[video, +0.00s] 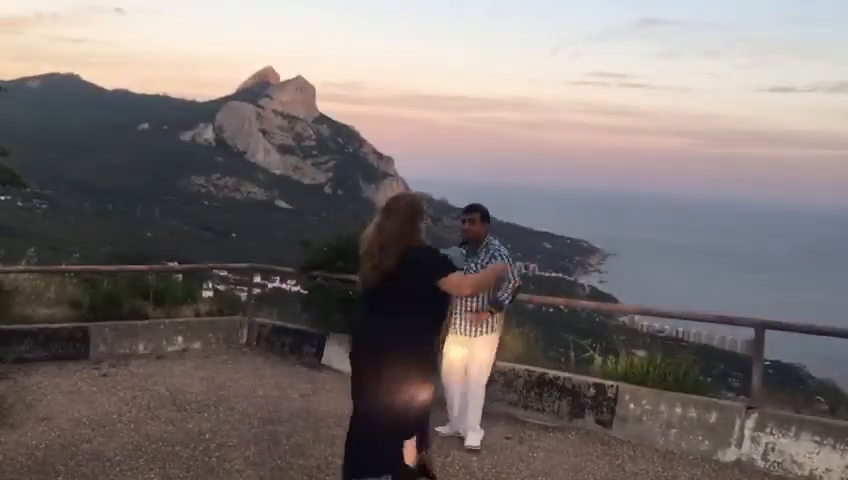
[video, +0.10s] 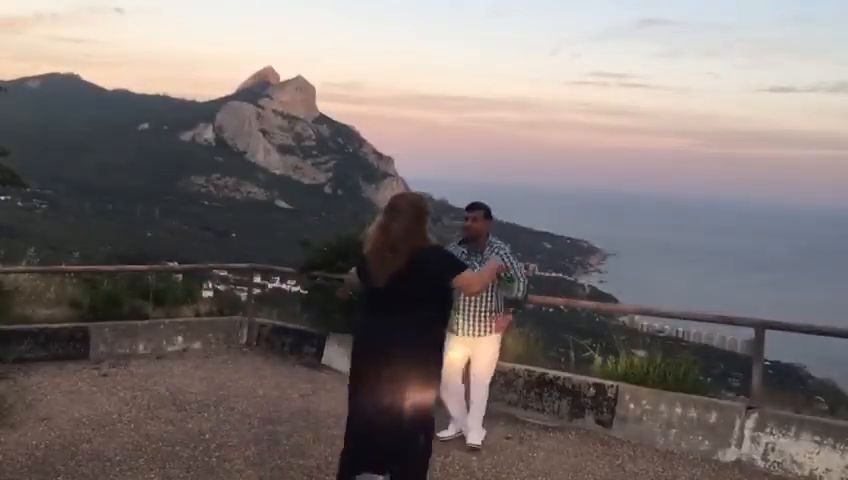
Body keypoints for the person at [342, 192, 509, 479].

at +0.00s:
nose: (427, 222)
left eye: (425, 217)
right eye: (424, 218)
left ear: (385, 220)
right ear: (417, 222)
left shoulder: (374, 256)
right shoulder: (424, 257)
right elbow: (462, 286)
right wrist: (496, 271)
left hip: (368, 358)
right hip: (410, 363)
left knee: (365, 430)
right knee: (407, 439)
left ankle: (359, 472)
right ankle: (407, 468)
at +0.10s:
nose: (430, 224)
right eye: (428, 219)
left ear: (386, 220)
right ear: (422, 223)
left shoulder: (370, 259)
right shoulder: (434, 258)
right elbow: (472, 285)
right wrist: (493, 268)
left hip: (370, 364)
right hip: (416, 367)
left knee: (361, 449)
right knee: (410, 453)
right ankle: (407, 473)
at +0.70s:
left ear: (381, 231)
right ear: (423, 235)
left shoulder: (364, 267)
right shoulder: (435, 274)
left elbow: (327, 272)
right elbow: (474, 300)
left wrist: (321, 252)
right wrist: (508, 294)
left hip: (365, 384)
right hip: (418, 385)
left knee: (356, 462)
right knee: (412, 463)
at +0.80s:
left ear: (385, 226)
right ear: (428, 230)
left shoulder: (366, 261)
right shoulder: (440, 269)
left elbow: (327, 274)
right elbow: (478, 297)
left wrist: (314, 265)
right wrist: (500, 280)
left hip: (368, 371)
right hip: (421, 374)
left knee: (354, 452)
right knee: (412, 458)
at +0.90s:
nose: (449, 228)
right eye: (444, 224)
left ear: (389, 224)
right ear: (435, 229)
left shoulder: (371, 258)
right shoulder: (446, 266)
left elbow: (329, 276)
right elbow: (484, 293)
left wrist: (302, 279)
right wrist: (491, 265)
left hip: (369, 370)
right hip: (425, 373)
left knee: (352, 452)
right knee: (414, 458)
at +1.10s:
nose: (458, 230)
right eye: (455, 226)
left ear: (405, 227)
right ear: (449, 235)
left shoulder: (384, 265)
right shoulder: (461, 273)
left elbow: (343, 287)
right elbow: (498, 293)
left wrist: (310, 300)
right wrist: (493, 262)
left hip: (385, 375)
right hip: (439, 379)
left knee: (370, 458)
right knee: (428, 463)